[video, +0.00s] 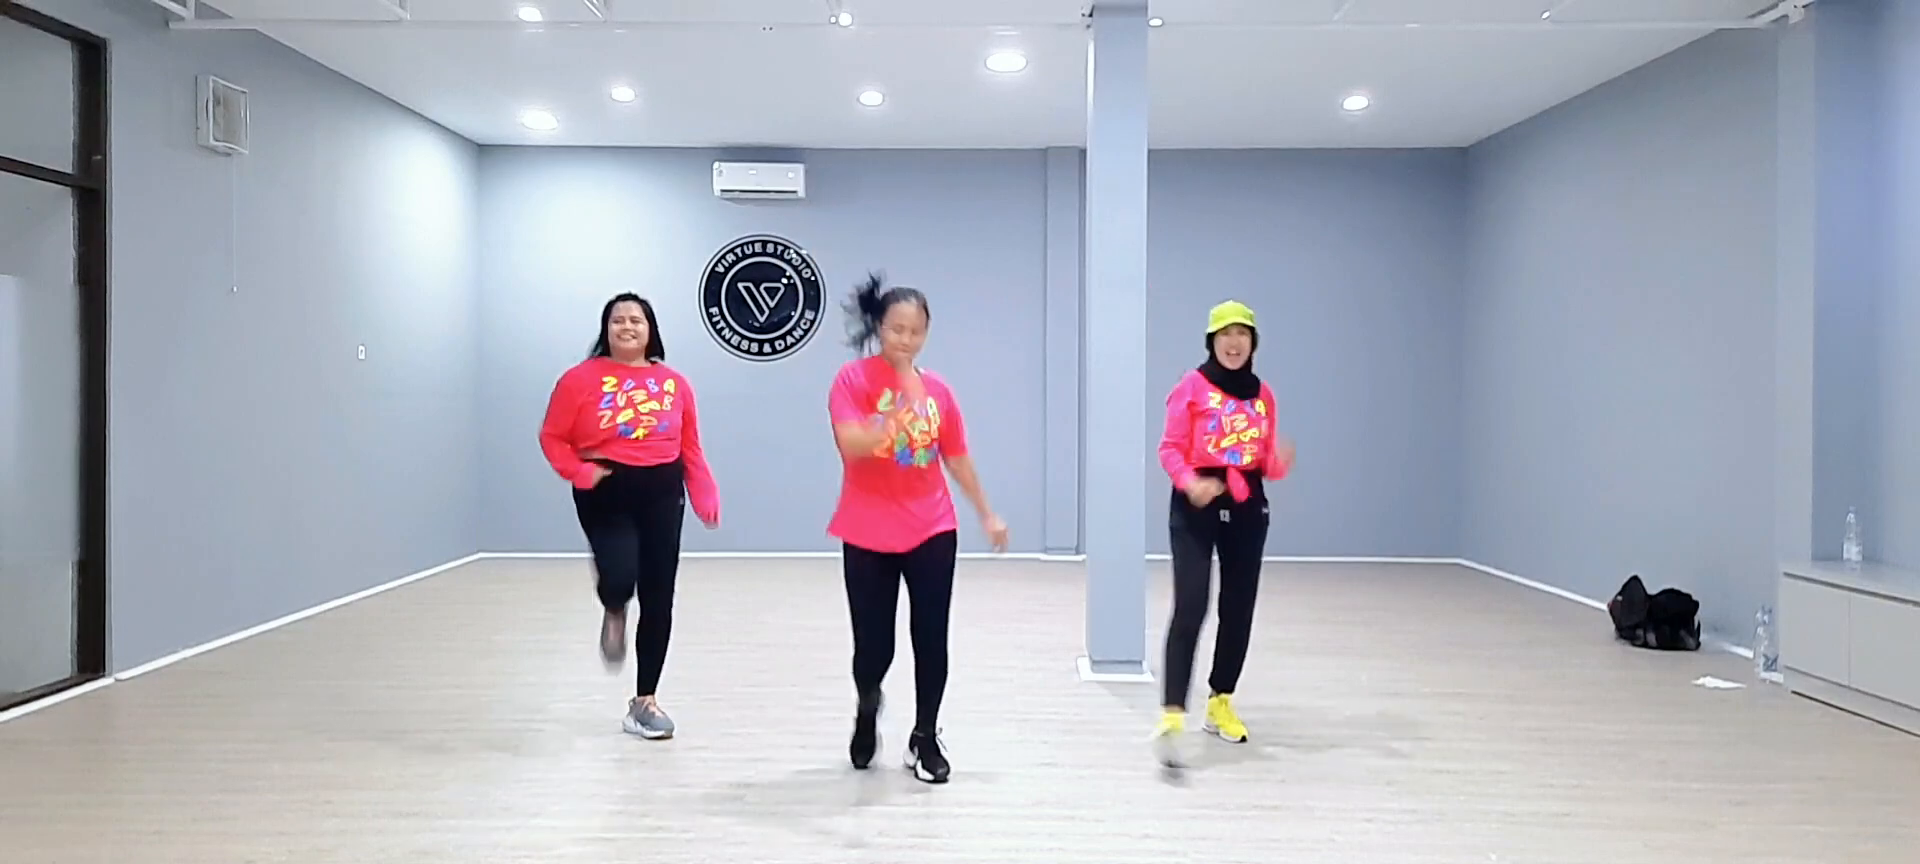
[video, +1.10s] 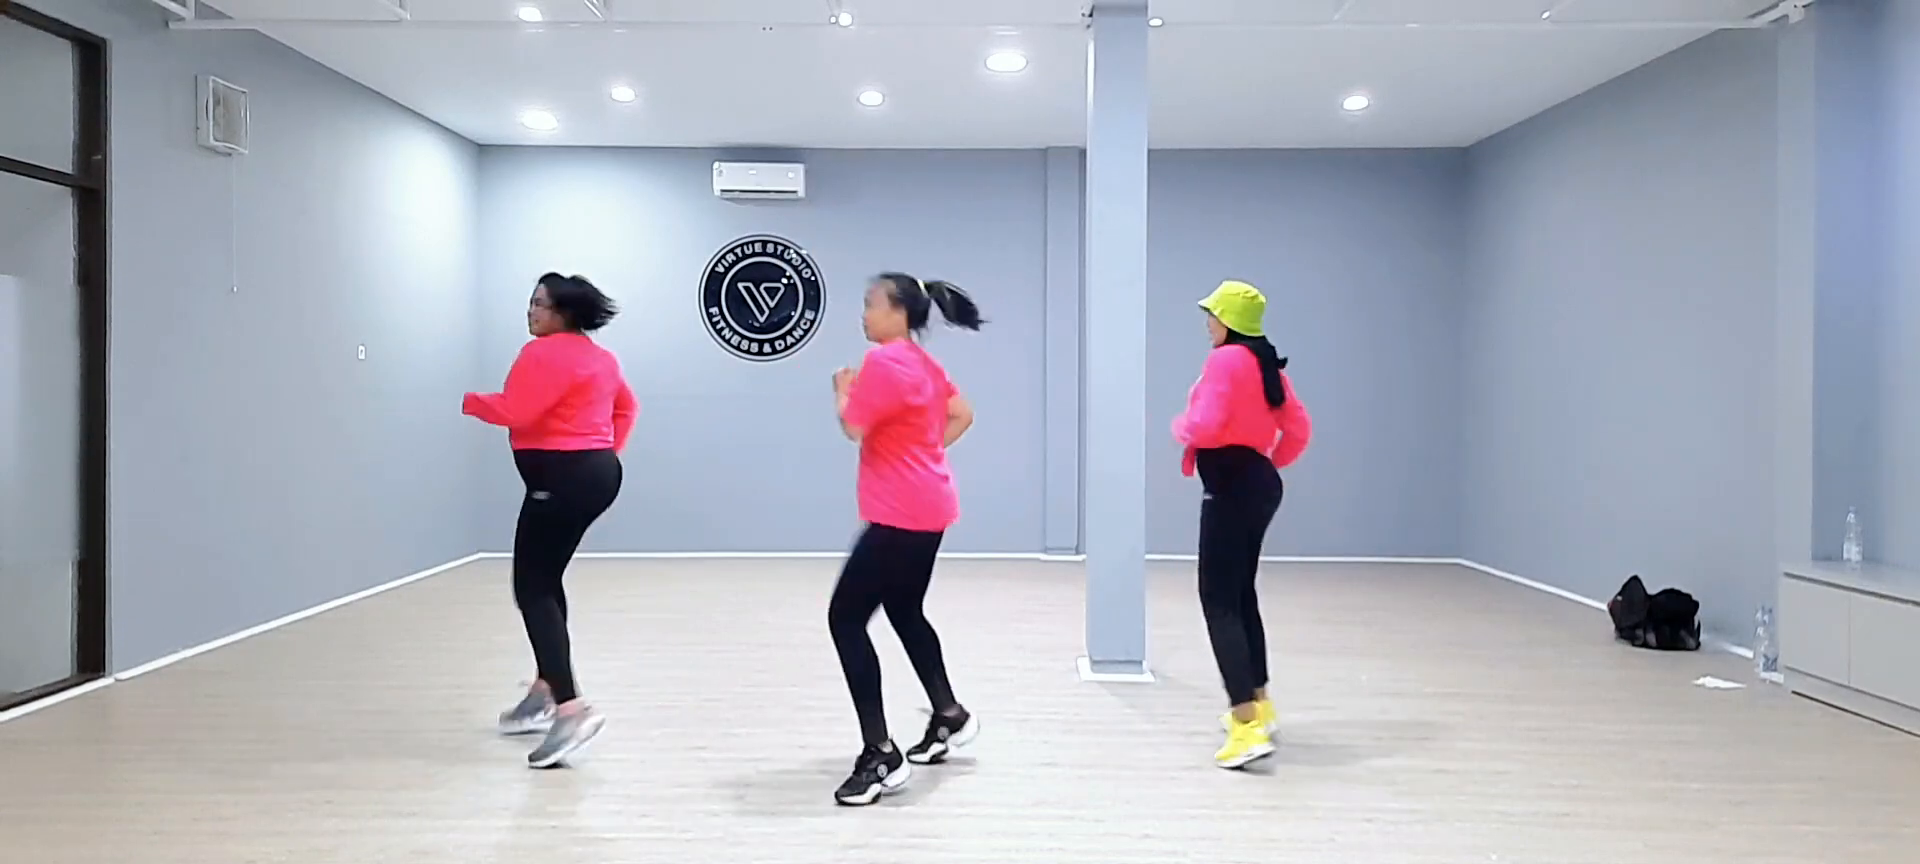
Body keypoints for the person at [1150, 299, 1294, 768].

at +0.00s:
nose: (1235, 343)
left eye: (1243, 335)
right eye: (1227, 335)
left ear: (1253, 342)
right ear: (1212, 341)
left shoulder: (1263, 396)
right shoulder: (1191, 387)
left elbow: (1268, 465)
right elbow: (1169, 449)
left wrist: (1279, 462)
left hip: (1247, 508)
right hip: (1196, 505)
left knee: (1238, 611)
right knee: (1192, 606)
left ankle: (1220, 703)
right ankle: (1173, 713)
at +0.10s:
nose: (1237, 339)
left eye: (1246, 331)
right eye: (1230, 330)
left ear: (1256, 338)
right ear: (1215, 335)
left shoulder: (1268, 391)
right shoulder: (1191, 383)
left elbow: (1310, 437)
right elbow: (1158, 434)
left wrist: (1285, 398)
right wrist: (1170, 474)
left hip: (1255, 502)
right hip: (1204, 500)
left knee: (1244, 603)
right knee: (1213, 598)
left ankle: (1226, 696)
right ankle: (1207, 709)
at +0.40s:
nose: (1250, 350)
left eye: (1258, 341)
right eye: (1241, 341)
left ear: (1267, 348)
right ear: (1222, 347)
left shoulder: (1283, 402)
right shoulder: (1204, 402)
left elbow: (1328, 441)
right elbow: (1178, 467)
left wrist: (1336, 452)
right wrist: (1220, 472)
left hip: (1272, 520)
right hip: (1228, 519)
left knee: (1268, 621)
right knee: (1279, 627)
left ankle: (1218, 694)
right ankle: (1250, 762)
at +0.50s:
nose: (1269, 340)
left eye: (1273, 332)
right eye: (1260, 332)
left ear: (1272, 340)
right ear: (1236, 338)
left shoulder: (1263, 391)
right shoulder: (1219, 387)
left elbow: (1269, 457)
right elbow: (1221, 452)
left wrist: (1302, 482)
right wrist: (1280, 440)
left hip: (1262, 512)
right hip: (1240, 512)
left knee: (1260, 621)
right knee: (1289, 630)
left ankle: (1214, 714)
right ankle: (1251, 762)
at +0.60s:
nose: (1279, 332)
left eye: (1278, 323)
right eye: (1276, 324)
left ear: (1236, 326)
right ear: (1259, 325)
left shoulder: (1220, 367)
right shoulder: (1248, 362)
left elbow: (1193, 440)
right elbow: (1256, 417)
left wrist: (1230, 471)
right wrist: (1309, 421)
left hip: (1224, 489)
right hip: (1258, 488)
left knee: (1245, 605)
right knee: (1281, 614)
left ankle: (1222, 723)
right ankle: (1253, 756)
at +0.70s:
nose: (1274, 330)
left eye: (1270, 324)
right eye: (1272, 324)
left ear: (1226, 324)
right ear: (1265, 323)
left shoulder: (1197, 369)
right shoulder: (1266, 362)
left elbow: (1154, 419)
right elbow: (1284, 412)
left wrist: (1190, 452)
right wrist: (1316, 441)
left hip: (1216, 487)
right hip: (1266, 486)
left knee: (1235, 606)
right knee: (1279, 609)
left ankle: (1235, 729)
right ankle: (1264, 736)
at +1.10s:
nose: (1207, 324)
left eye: (1212, 317)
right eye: (1208, 316)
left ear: (1228, 322)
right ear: (1248, 322)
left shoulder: (1224, 360)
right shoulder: (1268, 364)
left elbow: (1205, 424)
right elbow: (1298, 428)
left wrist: (1180, 427)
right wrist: (1270, 463)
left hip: (1231, 483)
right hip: (1262, 481)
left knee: (1217, 597)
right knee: (1242, 593)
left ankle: (1246, 719)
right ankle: (1258, 704)